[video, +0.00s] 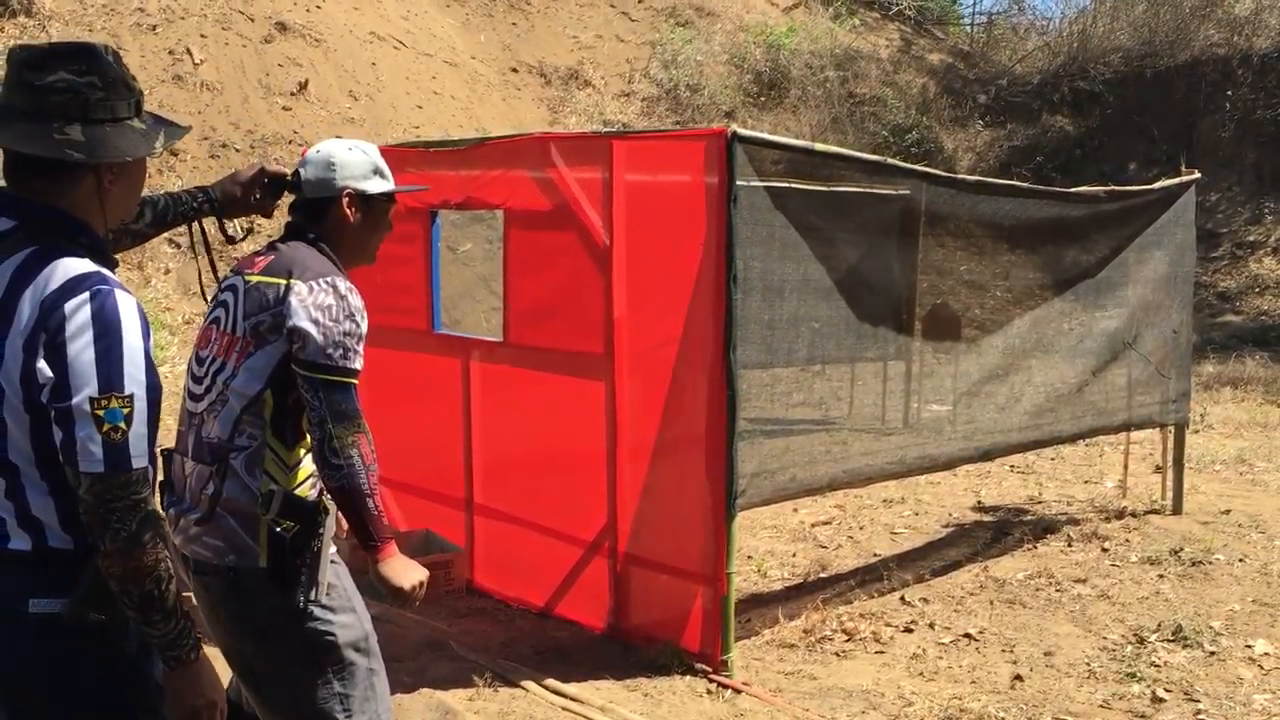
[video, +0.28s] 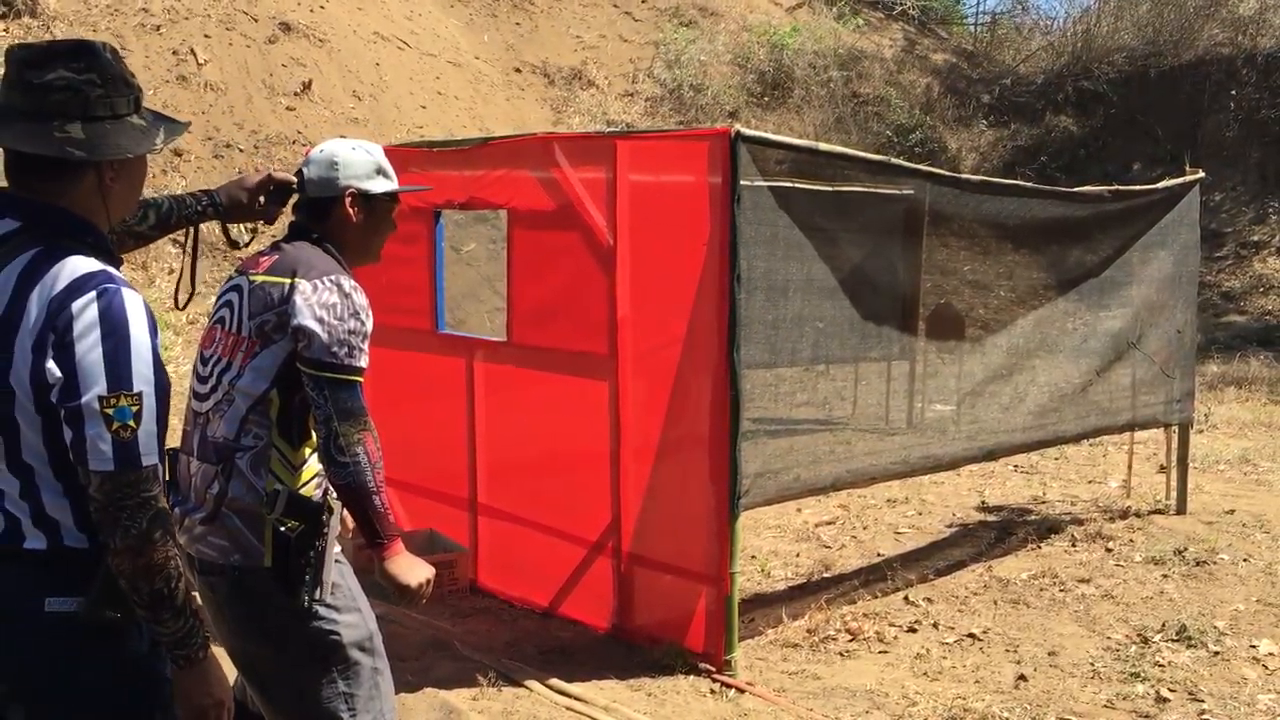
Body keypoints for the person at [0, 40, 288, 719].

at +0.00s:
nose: (150, 170)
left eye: (149, 154)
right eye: (143, 155)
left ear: (20, 157)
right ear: (104, 171)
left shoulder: (12, 247)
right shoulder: (91, 304)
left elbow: (102, 229)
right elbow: (123, 521)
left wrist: (215, 198)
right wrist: (187, 654)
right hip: (70, 615)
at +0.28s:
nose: (150, 167)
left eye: (149, 151)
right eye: (143, 152)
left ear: (19, 155)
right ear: (107, 168)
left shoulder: (11, 246)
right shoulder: (97, 302)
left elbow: (103, 231)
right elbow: (130, 514)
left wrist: (217, 203)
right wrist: (193, 650)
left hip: (13, 586)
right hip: (81, 615)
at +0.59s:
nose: (159, 167)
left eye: (159, 151)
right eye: (152, 152)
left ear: (26, 156)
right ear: (116, 170)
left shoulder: (12, 239)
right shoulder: (108, 304)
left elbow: (107, 226)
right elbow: (141, 519)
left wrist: (221, 196)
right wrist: (203, 650)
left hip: (13, 578)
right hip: (89, 609)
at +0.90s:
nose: (162, 169)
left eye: (163, 153)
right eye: (157, 153)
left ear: (34, 156)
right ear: (118, 172)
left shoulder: (11, 235)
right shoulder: (112, 303)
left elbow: (112, 222)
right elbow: (141, 517)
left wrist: (226, 195)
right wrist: (201, 651)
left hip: (11, 572)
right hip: (89, 606)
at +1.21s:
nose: (162, 169)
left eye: (162, 153)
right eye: (156, 153)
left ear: (31, 155)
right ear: (118, 169)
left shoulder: (11, 235)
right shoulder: (110, 303)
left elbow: (111, 221)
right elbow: (139, 519)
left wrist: (224, 196)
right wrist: (201, 651)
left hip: (12, 573)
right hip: (89, 605)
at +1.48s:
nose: (166, 171)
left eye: (165, 155)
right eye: (159, 156)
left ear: (36, 157)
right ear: (123, 173)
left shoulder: (9, 232)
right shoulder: (114, 305)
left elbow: (120, 224)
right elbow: (143, 520)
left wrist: (241, 197)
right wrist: (204, 653)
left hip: (14, 571)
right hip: (89, 604)